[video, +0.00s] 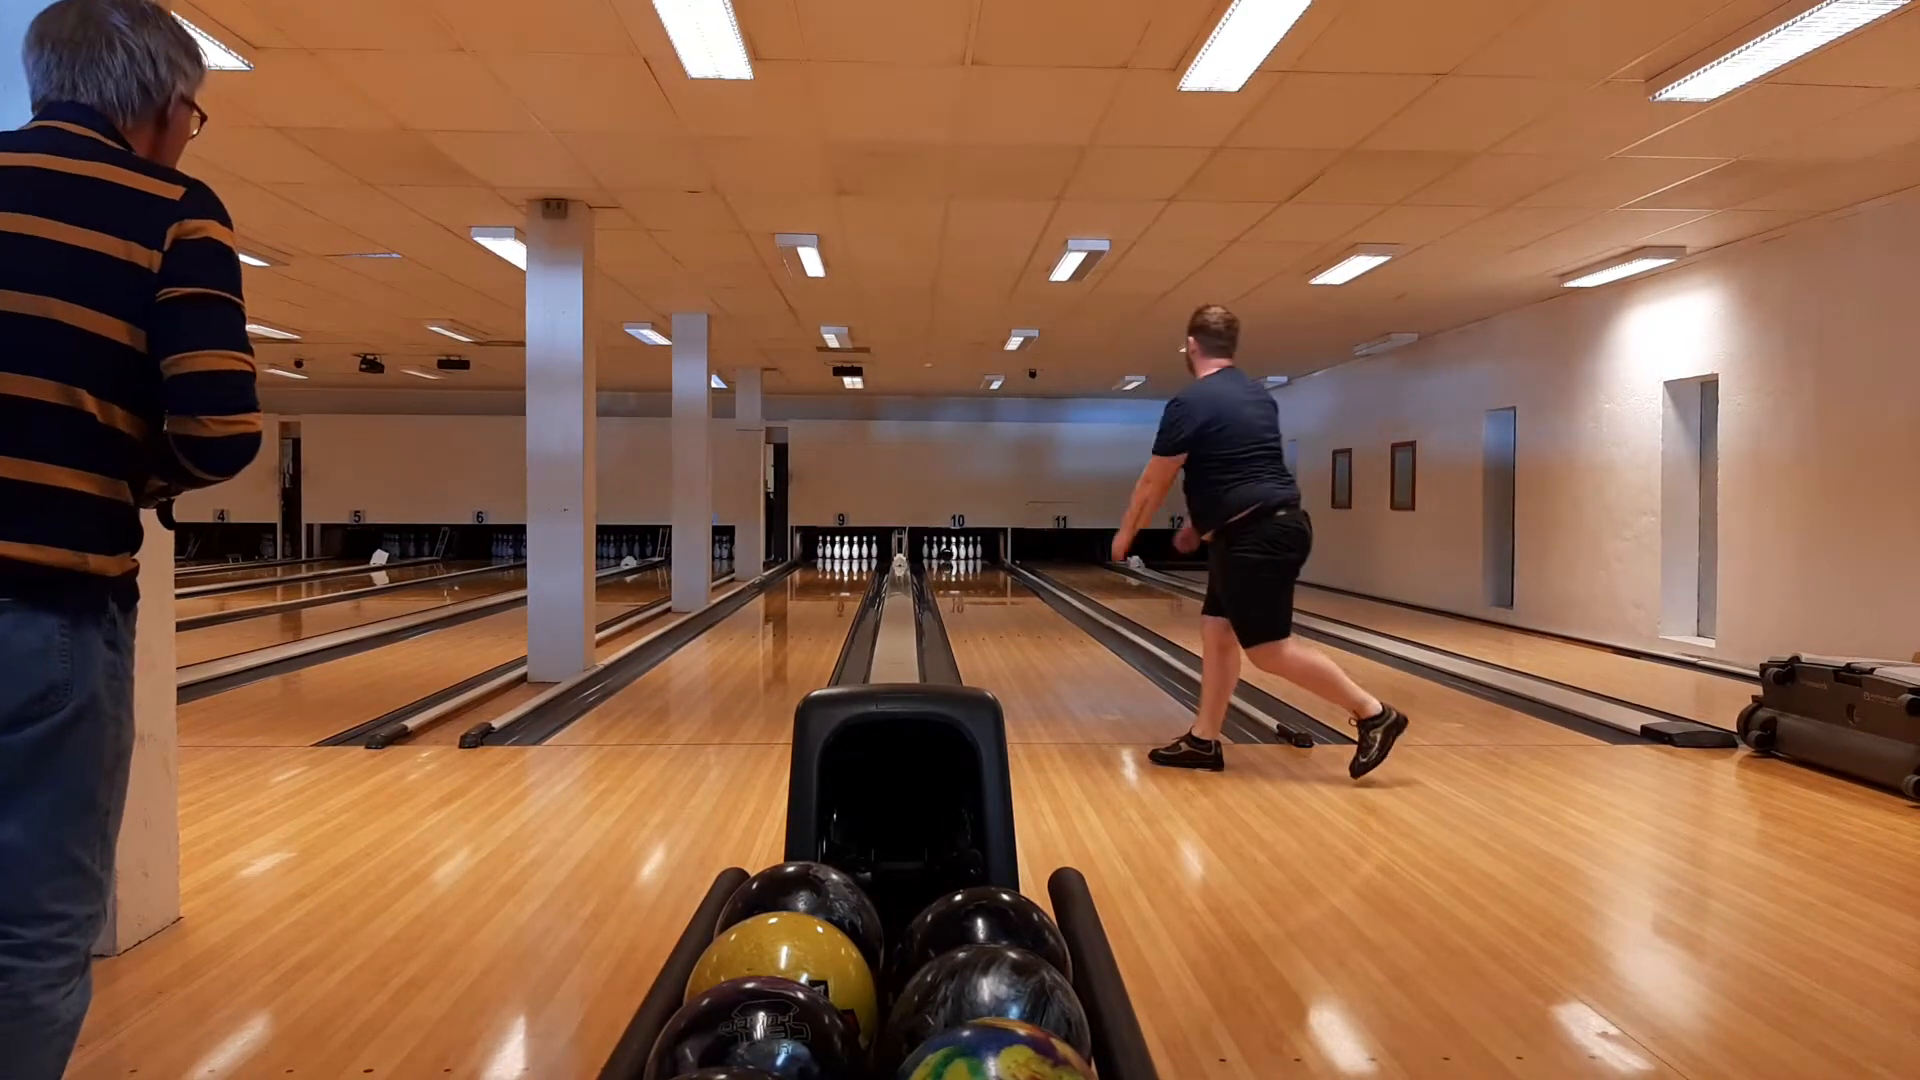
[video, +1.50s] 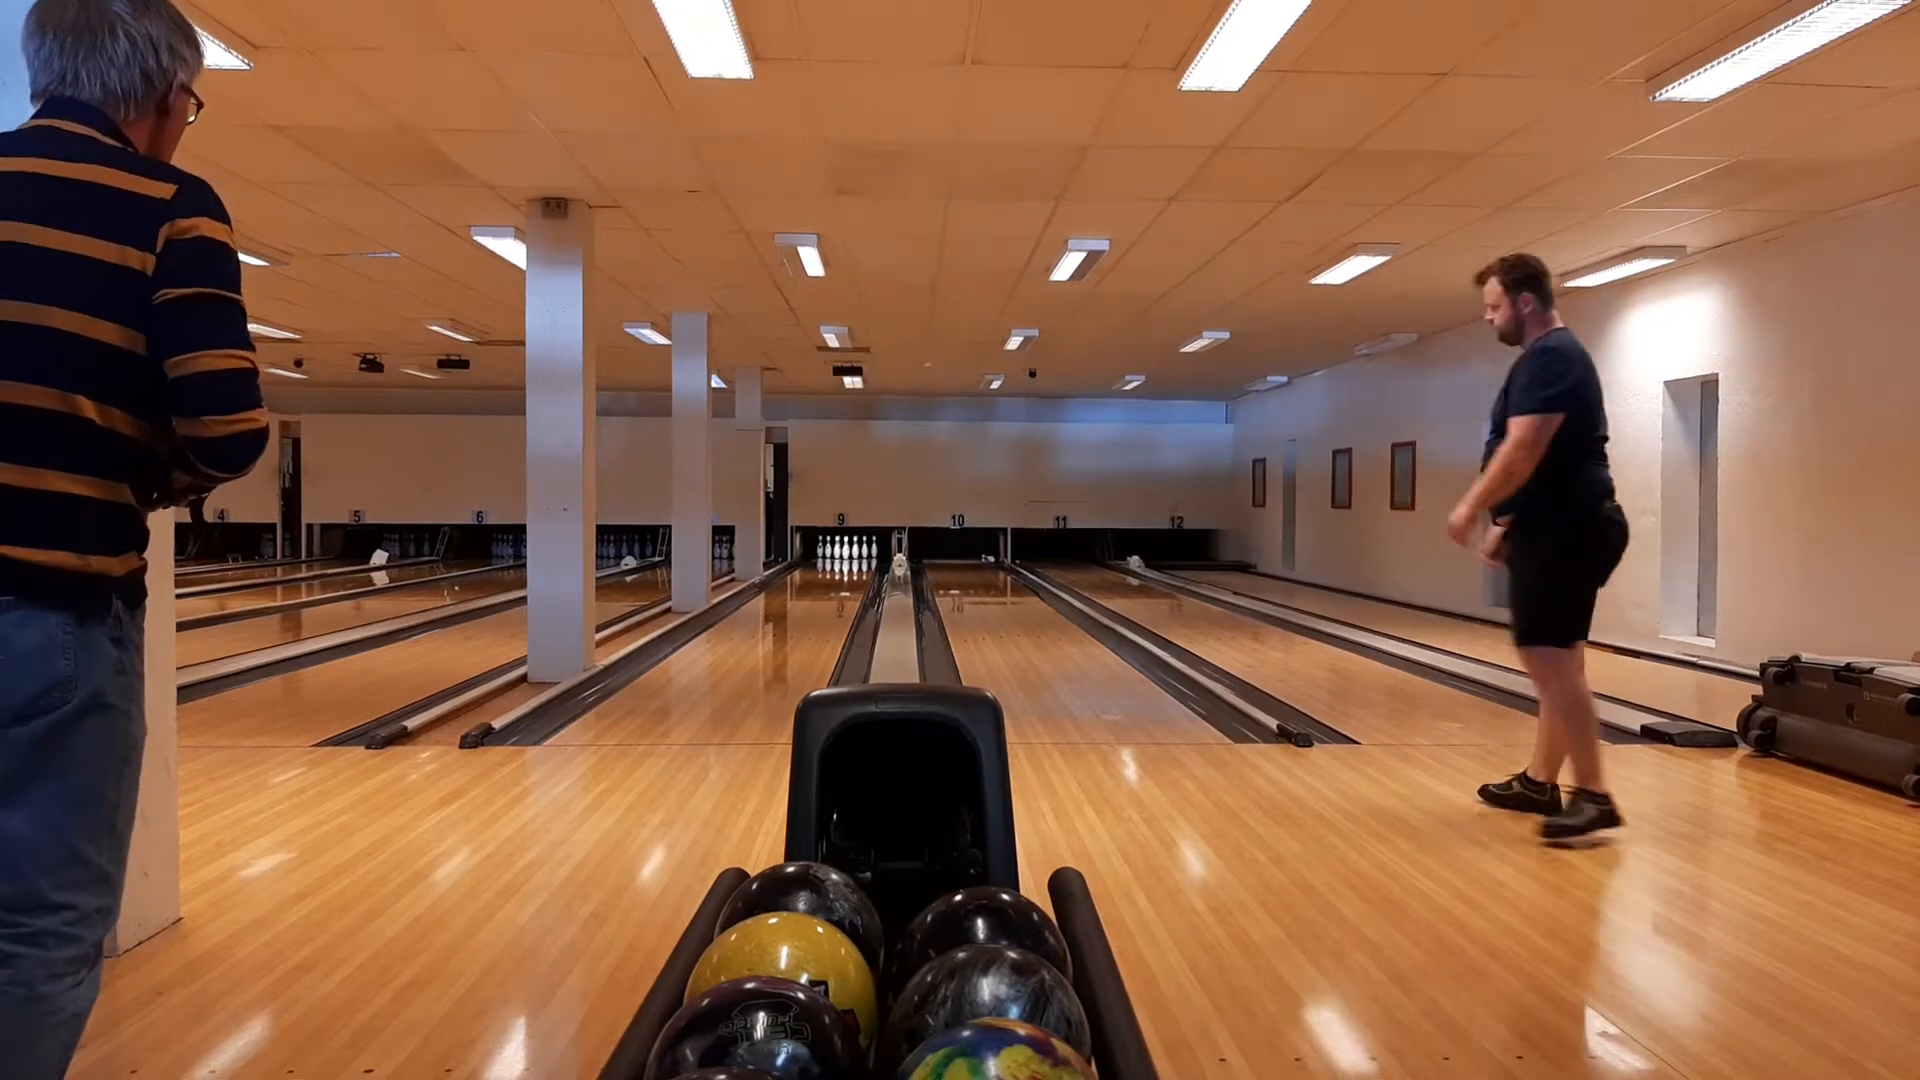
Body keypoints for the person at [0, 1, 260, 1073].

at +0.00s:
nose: (189, 136)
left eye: (193, 115)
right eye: (189, 113)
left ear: (47, 93)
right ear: (153, 107)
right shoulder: (173, 207)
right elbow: (222, 434)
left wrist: (131, 465)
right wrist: (127, 470)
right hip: (47, 610)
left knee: (32, 925)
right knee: (38, 937)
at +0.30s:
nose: (192, 131)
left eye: (196, 110)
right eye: (193, 107)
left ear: (47, 83)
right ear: (158, 100)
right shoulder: (172, 205)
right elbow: (221, 435)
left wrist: (140, 460)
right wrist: (136, 469)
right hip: (49, 611)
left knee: (30, 928)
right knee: (39, 944)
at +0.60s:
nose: (194, 125)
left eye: (196, 104)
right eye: (194, 102)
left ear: (49, 84)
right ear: (163, 101)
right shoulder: (178, 205)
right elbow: (233, 434)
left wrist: (153, 462)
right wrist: (143, 469)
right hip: (54, 614)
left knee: (32, 926)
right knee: (40, 942)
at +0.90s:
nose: (195, 133)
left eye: (199, 116)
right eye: (198, 113)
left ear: (52, 92)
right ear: (169, 108)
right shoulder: (179, 208)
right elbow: (232, 433)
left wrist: (162, 459)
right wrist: (155, 467)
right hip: (53, 611)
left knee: (31, 924)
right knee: (39, 938)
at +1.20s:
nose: (195, 141)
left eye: (199, 122)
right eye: (197, 119)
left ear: (55, 96)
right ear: (170, 112)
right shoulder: (176, 209)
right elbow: (222, 431)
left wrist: (155, 467)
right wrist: (151, 478)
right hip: (57, 613)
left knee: (24, 908)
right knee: (69, 924)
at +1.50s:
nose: (186, 128)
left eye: (189, 109)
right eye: (188, 107)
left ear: (44, 84)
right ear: (161, 101)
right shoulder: (169, 206)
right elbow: (230, 431)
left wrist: (155, 465)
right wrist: (149, 476)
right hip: (55, 614)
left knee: (35, 919)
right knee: (48, 933)